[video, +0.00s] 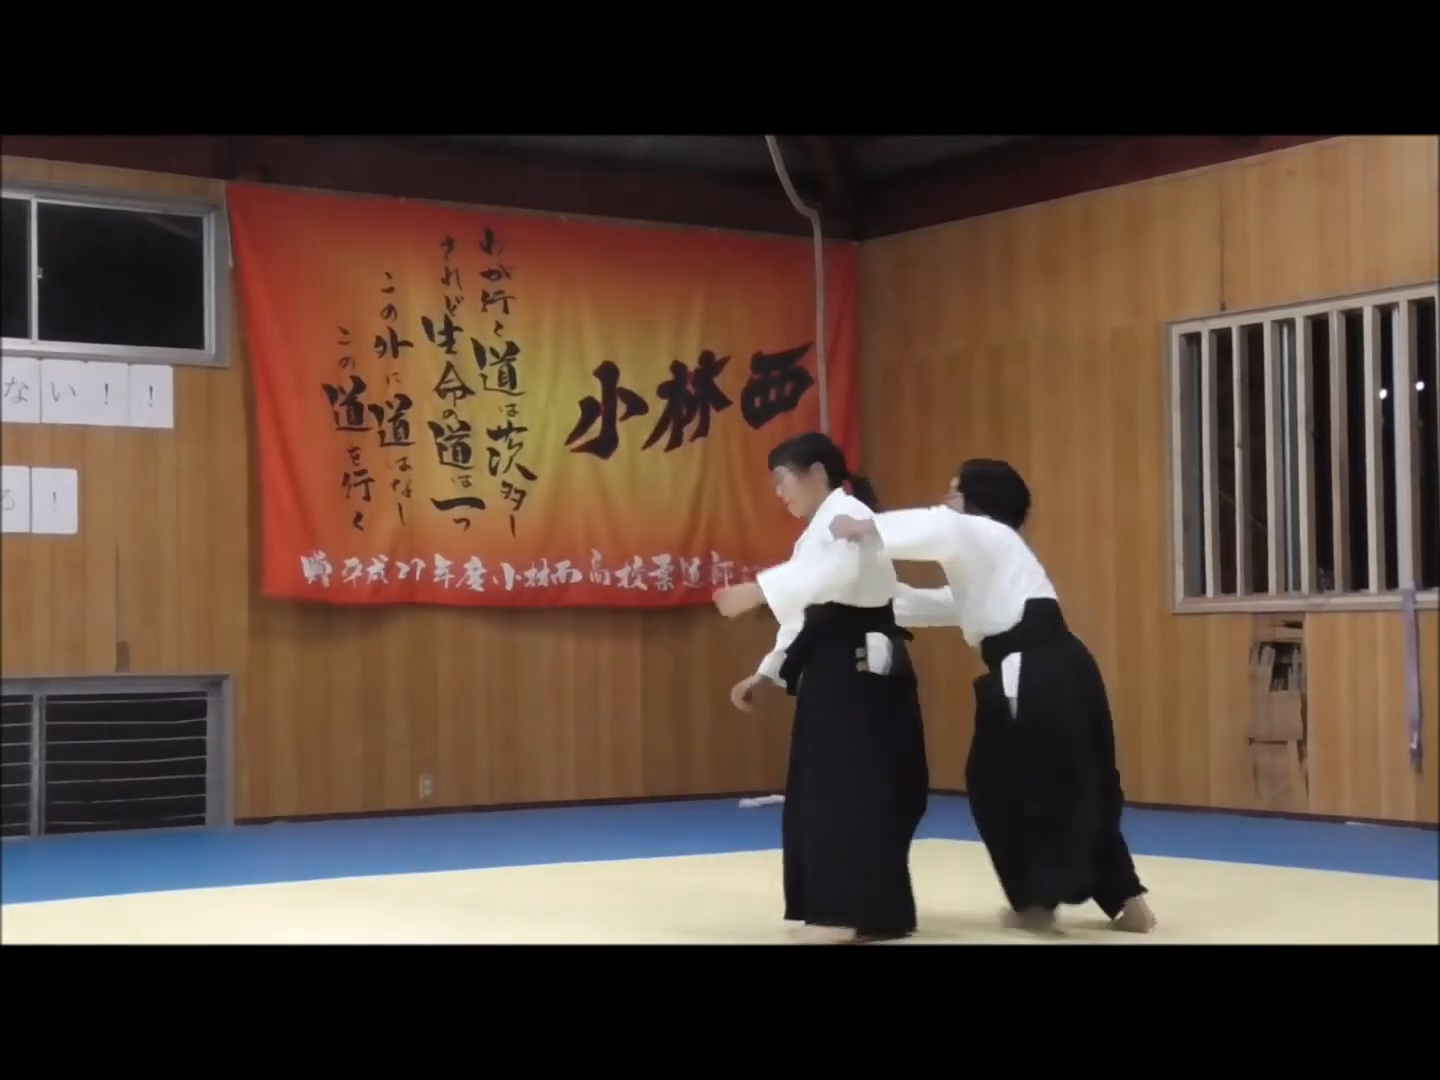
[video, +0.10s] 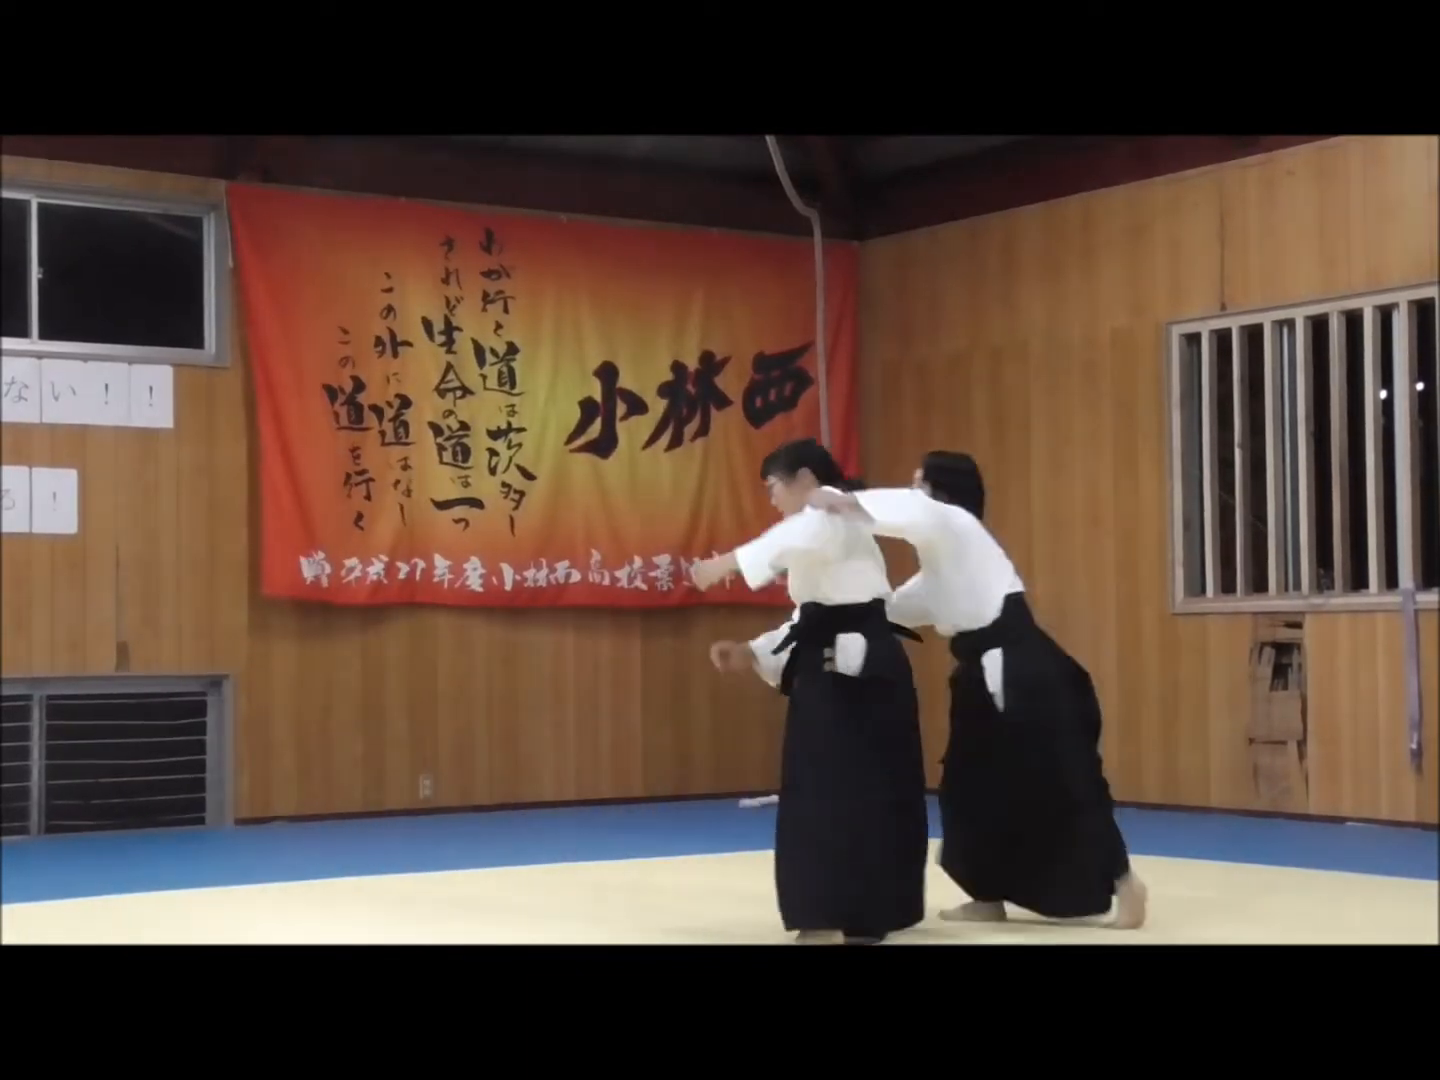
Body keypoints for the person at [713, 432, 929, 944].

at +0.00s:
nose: (781, 495)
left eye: (785, 482)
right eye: (778, 485)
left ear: (818, 473)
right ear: (812, 478)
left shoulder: (846, 515)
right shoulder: (820, 529)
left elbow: (835, 575)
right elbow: (803, 613)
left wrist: (758, 590)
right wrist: (767, 673)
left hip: (857, 667)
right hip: (835, 667)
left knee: (839, 790)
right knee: (839, 788)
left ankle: (842, 916)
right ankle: (867, 914)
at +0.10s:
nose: (773, 502)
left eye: (776, 488)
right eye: (770, 492)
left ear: (806, 478)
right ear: (813, 482)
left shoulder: (830, 516)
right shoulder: (837, 528)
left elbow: (792, 536)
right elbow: (814, 620)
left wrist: (726, 564)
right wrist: (753, 653)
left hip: (843, 667)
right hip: (870, 665)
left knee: (827, 789)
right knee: (865, 788)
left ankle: (829, 916)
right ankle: (864, 917)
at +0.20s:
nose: (770, 502)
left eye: (773, 492)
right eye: (769, 492)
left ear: (792, 481)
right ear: (817, 480)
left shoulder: (804, 503)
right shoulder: (854, 534)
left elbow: (752, 503)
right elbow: (824, 626)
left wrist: (702, 546)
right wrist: (745, 620)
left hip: (837, 660)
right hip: (881, 662)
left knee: (812, 787)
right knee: (864, 787)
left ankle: (819, 922)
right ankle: (863, 914)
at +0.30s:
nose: (747, 507)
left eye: (754, 498)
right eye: (750, 498)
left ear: (778, 495)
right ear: (811, 503)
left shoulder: (778, 516)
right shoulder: (848, 541)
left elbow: (709, 516)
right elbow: (809, 634)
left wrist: (674, 575)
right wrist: (745, 604)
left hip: (834, 656)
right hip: (886, 656)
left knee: (804, 791)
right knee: (861, 790)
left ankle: (810, 923)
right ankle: (859, 918)